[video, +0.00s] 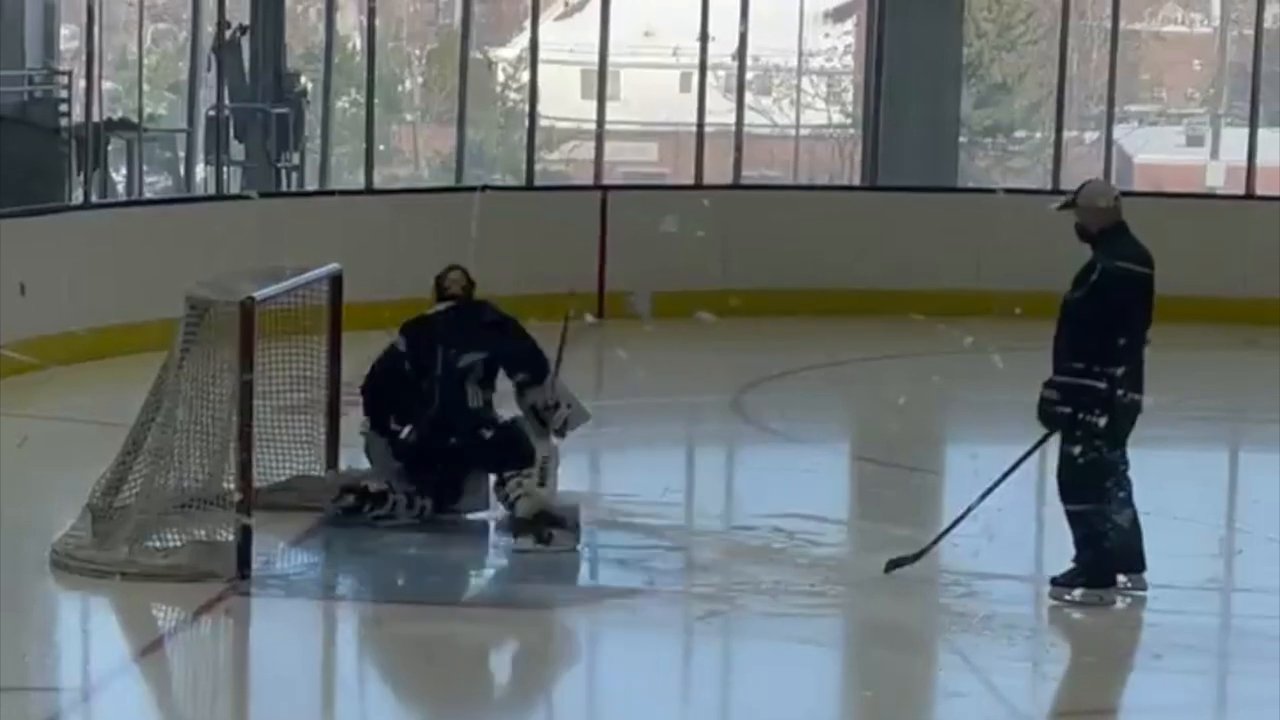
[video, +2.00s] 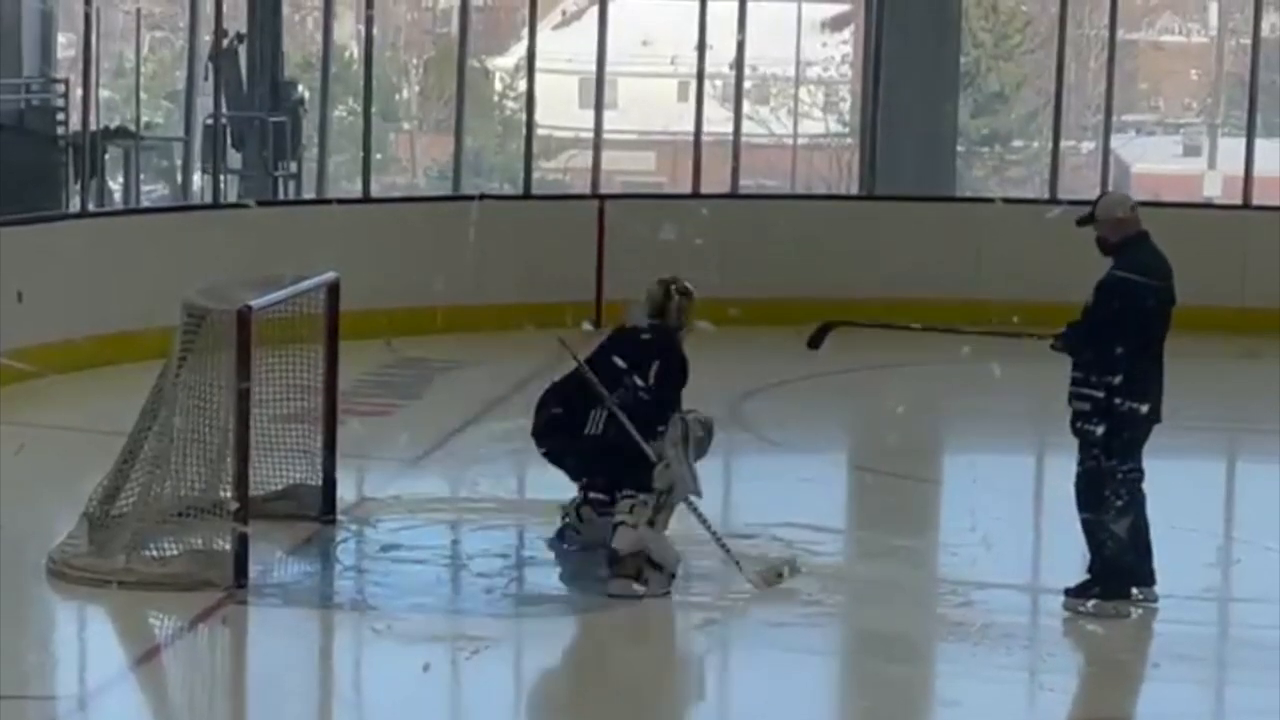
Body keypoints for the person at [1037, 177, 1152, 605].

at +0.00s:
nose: (1075, 223)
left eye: (1079, 215)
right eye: (1075, 214)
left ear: (1096, 216)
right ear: (1111, 213)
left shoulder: (1112, 266)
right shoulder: (1127, 258)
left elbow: (1095, 341)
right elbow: (1085, 336)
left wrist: (1066, 392)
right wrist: (1059, 387)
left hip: (1096, 395)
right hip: (1113, 391)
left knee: (1079, 482)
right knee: (1108, 477)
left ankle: (1095, 570)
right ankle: (1125, 561)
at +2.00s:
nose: (1096, 236)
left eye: (1099, 228)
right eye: (1095, 228)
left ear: (1117, 226)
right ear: (1130, 223)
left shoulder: (1128, 272)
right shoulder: (1150, 265)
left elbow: (1103, 336)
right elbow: (1117, 328)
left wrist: (1069, 338)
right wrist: (1077, 334)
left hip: (1115, 404)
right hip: (1134, 401)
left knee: (1098, 489)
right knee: (1122, 487)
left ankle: (1111, 582)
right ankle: (1133, 575)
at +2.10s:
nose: (1091, 237)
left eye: (1095, 229)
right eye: (1091, 229)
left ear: (1114, 228)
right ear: (1126, 226)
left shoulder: (1123, 276)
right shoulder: (1149, 266)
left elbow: (1100, 354)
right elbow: (1130, 336)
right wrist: (1085, 347)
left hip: (1115, 406)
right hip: (1137, 401)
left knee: (1097, 491)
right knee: (1123, 488)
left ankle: (1110, 584)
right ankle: (1135, 576)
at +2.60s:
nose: (1055, 263)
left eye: (1059, 254)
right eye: (1053, 254)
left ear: (1079, 252)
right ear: (1080, 251)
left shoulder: (1114, 292)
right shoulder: (1088, 287)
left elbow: (1112, 366)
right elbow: (1074, 350)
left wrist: (1069, 396)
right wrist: (1054, 383)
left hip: (1110, 419)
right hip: (1089, 415)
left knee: (1079, 500)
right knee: (1109, 498)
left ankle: (1085, 591)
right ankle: (1133, 577)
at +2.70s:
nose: (1046, 266)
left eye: (1051, 258)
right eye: (1045, 258)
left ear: (1072, 255)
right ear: (1069, 255)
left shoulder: (1109, 297)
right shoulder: (1073, 292)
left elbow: (1110, 370)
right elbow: (1061, 353)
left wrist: (1099, 425)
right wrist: (1030, 383)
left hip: (1106, 423)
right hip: (1082, 419)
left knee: (1072, 502)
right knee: (1103, 497)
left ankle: (1077, 593)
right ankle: (1129, 569)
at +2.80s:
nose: (1041, 265)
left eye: (1045, 258)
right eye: (1040, 258)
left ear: (1068, 256)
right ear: (1058, 257)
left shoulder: (1104, 298)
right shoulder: (1059, 288)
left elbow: (1108, 371)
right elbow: (1040, 349)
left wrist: (1095, 429)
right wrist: (1006, 388)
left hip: (1097, 424)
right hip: (1067, 420)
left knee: (1066, 508)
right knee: (1087, 498)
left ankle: (1063, 602)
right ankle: (1119, 565)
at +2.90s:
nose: (1035, 264)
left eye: (1041, 257)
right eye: (1034, 257)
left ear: (1066, 255)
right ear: (1049, 256)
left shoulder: (1105, 298)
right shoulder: (1049, 287)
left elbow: (1107, 375)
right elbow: (1028, 347)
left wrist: (1094, 436)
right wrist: (995, 388)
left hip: (1087, 423)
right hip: (1051, 419)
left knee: (1061, 513)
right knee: (1075, 503)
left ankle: (1052, 608)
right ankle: (1102, 572)